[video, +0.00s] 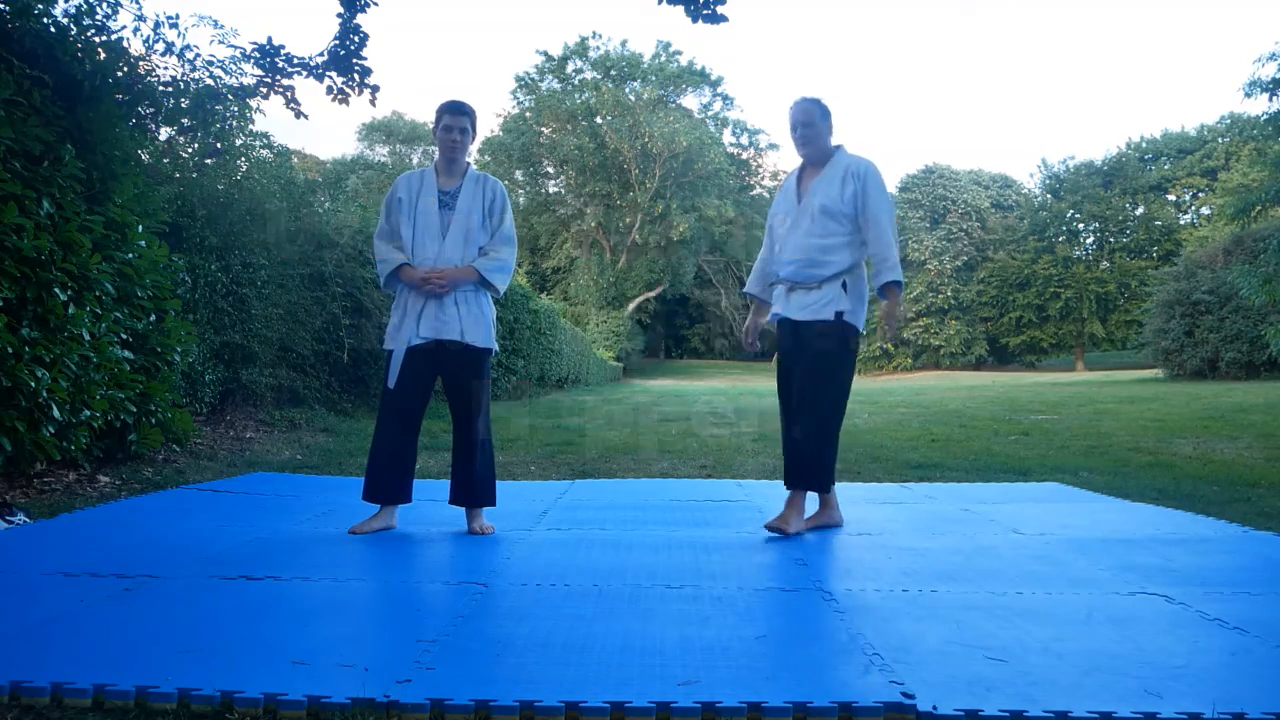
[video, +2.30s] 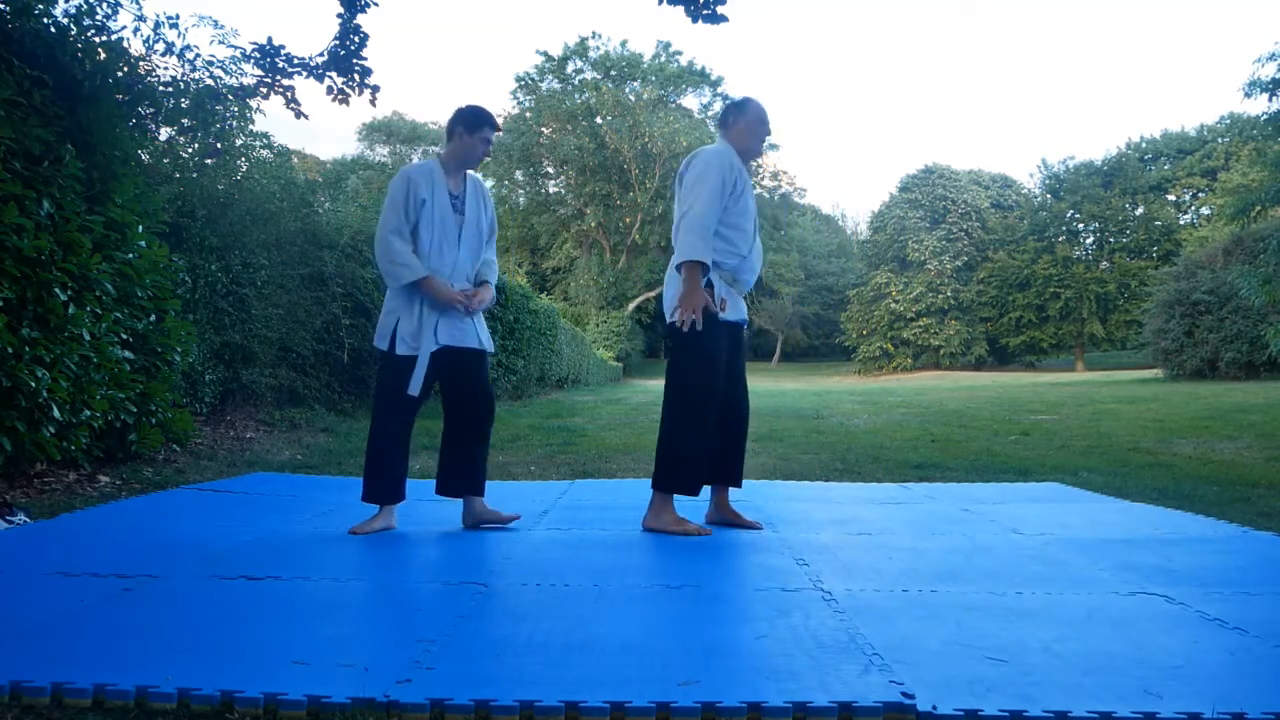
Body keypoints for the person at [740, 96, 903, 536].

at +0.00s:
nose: (800, 134)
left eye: (808, 126)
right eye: (794, 128)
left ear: (829, 128)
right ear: (788, 134)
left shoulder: (858, 172)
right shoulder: (788, 187)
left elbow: (881, 234)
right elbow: (770, 251)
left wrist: (891, 296)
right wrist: (757, 310)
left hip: (835, 305)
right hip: (790, 306)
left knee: (814, 407)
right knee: (800, 408)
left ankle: (794, 508)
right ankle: (828, 506)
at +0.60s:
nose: (771, 131)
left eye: (780, 122)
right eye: (768, 123)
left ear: (808, 122)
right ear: (768, 126)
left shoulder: (835, 165)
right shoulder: (767, 180)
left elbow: (850, 231)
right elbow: (750, 244)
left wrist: (829, 290)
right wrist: (726, 302)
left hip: (809, 307)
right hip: (761, 307)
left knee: (800, 408)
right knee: (741, 401)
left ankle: (792, 512)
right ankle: (782, 487)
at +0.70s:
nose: (767, 130)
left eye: (775, 122)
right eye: (764, 123)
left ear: (803, 121)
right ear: (766, 125)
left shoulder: (832, 165)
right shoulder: (763, 179)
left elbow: (848, 231)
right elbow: (746, 243)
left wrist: (825, 290)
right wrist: (726, 301)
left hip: (807, 306)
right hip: (757, 306)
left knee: (799, 410)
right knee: (735, 403)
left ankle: (791, 514)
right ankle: (751, 497)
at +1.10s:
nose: (738, 129)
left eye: (747, 121)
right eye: (734, 121)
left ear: (774, 123)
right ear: (732, 124)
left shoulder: (802, 169)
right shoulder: (721, 178)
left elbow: (822, 236)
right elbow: (700, 245)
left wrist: (832, 301)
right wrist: (678, 305)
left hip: (781, 305)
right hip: (725, 306)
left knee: (783, 411)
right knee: (711, 409)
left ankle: (789, 514)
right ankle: (699, 508)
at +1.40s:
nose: (731, 125)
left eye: (740, 118)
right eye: (725, 118)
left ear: (756, 124)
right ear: (715, 124)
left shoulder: (778, 174)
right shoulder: (694, 173)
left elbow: (804, 238)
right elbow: (658, 223)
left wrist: (838, 292)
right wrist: (624, 266)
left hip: (762, 304)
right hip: (704, 303)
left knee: (762, 407)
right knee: (696, 405)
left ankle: (766, 505)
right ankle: (698, 506)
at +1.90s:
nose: (756, 124)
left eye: (762, 118)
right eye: (749, 116)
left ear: (767, 129)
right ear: (727, 124)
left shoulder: (769, 187)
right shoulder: (708, 166)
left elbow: (774, 254)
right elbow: (678, 213)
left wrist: (779, 312)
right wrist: (661, 258)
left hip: (752, 304)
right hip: (707, 297)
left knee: (744, 403)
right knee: (703, 400)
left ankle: (721, 505)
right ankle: (692, 505)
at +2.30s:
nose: (766, 139)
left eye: (767, 132)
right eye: (761, 129)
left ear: (741, 126)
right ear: (736, 124)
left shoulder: (737, 171)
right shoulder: (715, 158)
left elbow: (719, 233)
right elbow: (694, 222)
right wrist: (691, 285)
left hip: (728, 302)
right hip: (700, 298)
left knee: (731, 404)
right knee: (689, 402)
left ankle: (720, 503)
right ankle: (660, 508)